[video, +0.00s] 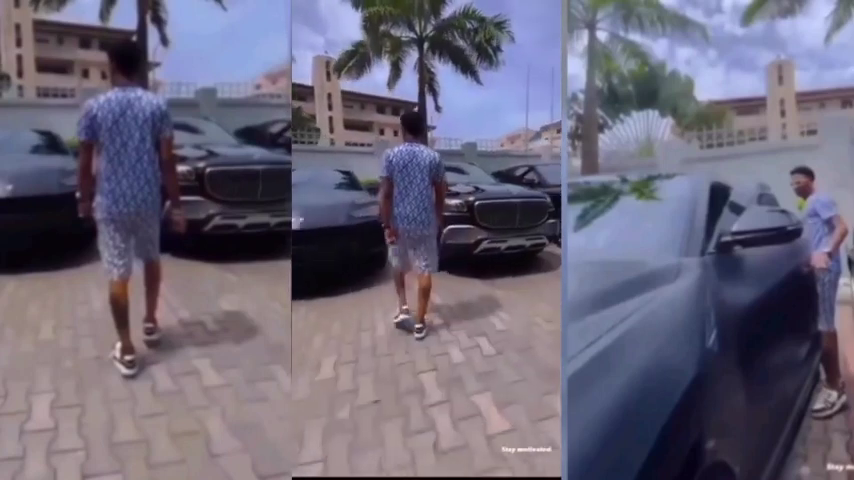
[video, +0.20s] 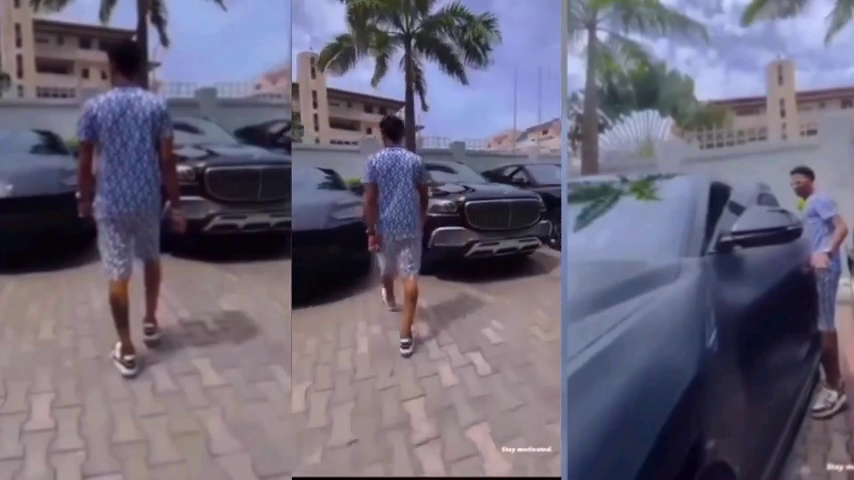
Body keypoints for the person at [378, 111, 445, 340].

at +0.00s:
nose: (401, 133)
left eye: (401, 129)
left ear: (402, 130)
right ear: (424, 130)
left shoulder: (392, 156)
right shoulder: (432, 157)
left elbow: (386, 193)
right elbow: (440, 192)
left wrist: (386, 223)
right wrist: (439, 219)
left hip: (399, 223)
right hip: (425, 223)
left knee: (398, 268)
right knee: (425, 271)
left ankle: (403, 307)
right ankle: (420, 322)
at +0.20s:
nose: (384, 138)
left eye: (383, 134)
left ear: (382, 135)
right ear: (403, 135)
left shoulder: (375, 162)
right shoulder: (415, 160)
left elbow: (370, 199)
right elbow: (424, 193)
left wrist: (371, 230)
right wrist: (422, 217)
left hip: (386, 227)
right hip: (411, 227)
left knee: (387, 269)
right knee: (410, 277)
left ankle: (390, 299)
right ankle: (406, 335)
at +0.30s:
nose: (371, 138)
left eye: (369, 134)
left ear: (370, 135)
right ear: (390, 135)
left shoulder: (363, 162)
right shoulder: (403, 160)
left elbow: (360, 200)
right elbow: (412, 195)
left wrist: (359, 232)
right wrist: (414, 218)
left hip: (376, 227)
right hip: (402, 226)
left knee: (378, 270)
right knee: (403, 276)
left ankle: (382, 303)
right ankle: (400, 334)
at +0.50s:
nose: (352, 134)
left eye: (347, 129)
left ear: (345, 130)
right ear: (366, 130)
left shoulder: (336, 157)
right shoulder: (378, 155)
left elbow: (334, 196)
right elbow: (389, 193)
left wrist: (333, 228)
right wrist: (394, 222)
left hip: (351, 223)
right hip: (378, 222)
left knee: (357, 271)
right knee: (387, 265)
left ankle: (365, 313)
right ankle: (384, 305)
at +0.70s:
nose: (338, 135)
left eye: (332, 130)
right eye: (346, 130)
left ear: (328, 131)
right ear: (350, 131)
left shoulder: (316, 156)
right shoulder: (360, 156)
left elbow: (308, 194)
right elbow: (368, 192)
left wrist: (309, 222)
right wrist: (375, 220)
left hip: (329, 224)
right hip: (357, 223)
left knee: (338, 276)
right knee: (366, 262)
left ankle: (347, 325)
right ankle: (365, 304)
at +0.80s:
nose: (336, 137)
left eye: (328, 133)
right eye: (340, 133)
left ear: (321, 133)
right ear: (342, 133)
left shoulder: (309, 157)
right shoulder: (352, 158)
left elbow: (299, 193)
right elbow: (360, 195)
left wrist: (301, 222)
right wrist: (368, 223)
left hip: (320, 224)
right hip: (348, 223)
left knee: (330, 277)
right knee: (354, 262)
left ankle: (339, 331)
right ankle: (355, 296)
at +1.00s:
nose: (325, 141)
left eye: (319, 135)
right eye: (330, 137)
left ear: (313, 135)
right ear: (334, 137)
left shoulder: (299, 160)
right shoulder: (342, 163)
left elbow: (293, 197)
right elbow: (349, 198)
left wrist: (295, 226)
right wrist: (356, 225)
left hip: (308, 226)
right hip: (336, 225)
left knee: (313, 277)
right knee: (340, 263)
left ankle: (319, 327)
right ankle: (338, 301)